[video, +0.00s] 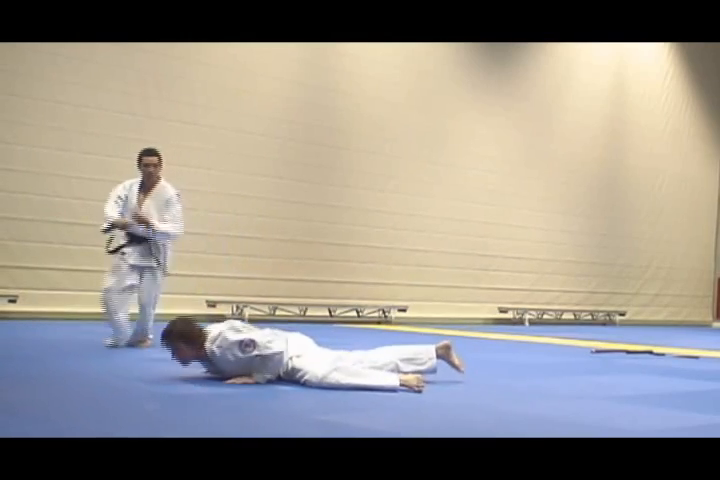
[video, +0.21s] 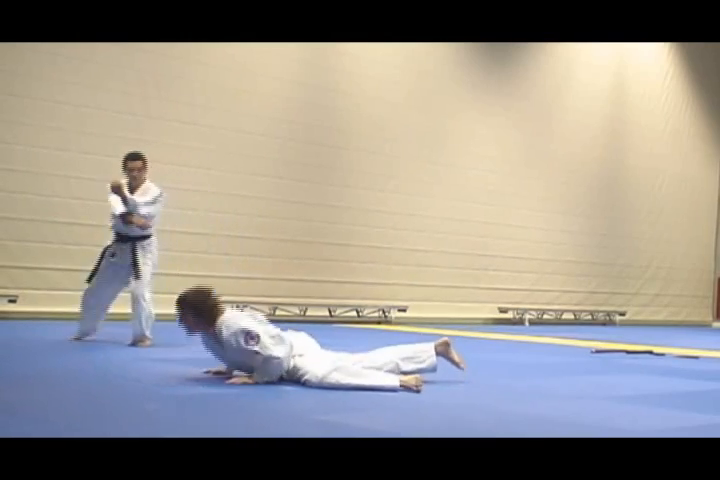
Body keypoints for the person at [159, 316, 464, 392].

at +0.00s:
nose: (175, 359)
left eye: (175, 353)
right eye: (173, 354)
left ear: (189, 344)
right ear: (189, 341)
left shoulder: (223, 341)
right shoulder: (210, 347)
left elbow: (272, 347)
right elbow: (237, 356)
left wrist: (255, 374)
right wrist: (220, 370)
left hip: (292, 355)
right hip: (292, 350)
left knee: (324, 377)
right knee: (357, 363)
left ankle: (397, 381)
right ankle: (434, 353)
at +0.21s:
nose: (182, 323)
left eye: (184, 318)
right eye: (181, 319)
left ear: (198, 315)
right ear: (198, 315)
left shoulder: (232, 328)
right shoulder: (210, 331)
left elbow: (276, 352)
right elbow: (244, 352)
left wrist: (258, 378)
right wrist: (233, 369)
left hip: (296, 355)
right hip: (291, 351)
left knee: (321, 377)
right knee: (359, 362)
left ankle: (396, 382)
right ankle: (435, 349)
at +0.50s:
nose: (198, 283)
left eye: (201, 278)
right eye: (198, 278)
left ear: (215, 278)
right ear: (220, 274)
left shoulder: (247, 295)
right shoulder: (227, 297)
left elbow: (262, 339)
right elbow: (234, 336)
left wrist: (258, 375)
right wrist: (230, 366)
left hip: (304, 336)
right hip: (294, 350)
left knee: (318, 375)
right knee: (363, 366)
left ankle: (393, 377)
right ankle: (433, 347)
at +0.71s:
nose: (212, 271)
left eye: (213, 265)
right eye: (210, 266)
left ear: (226, 263)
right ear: (235, 258)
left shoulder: (257, 278)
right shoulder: (247, 282)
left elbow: (262, 327)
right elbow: (240, 327)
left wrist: (256, 373)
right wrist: (230, 367)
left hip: (321, 314)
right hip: (318, 321)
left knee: (317, 371)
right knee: (372, 366)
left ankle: (386, 372)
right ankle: (440, 353)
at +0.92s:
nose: (231, 276)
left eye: (230, 272)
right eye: (229, 272)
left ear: (239, 270)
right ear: (252, 261)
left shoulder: (275, 278)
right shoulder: (265, 280)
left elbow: (273, 329)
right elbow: (250, 324)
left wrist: (260, 373)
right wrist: (233, 364)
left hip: (345, 302)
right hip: (350, 300)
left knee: (318, 370)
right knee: (374, 365)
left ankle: (387, 369)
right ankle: (440, 360)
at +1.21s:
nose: (261, 280)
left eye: (259, 274)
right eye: (258, 275)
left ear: (268, 271)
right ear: (282, 258)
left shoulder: (297, 278)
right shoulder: (302, 270)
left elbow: (288, 331)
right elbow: (283, 320)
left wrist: (264, 375)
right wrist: (259, 347)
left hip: (366, 308)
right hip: (383, 302)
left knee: (329, 369)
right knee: (375, 368)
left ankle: (380, 370)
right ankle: (438, 366)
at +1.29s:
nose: (264, 272)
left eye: (263, 267)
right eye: (262, 267)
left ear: (270, 265)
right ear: (286, 250)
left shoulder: (297, 276)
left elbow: (286, 328)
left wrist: (264, 374)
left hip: (366, 309)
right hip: (385, 300)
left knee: (328, 369)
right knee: (378, 367)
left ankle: (381, 371)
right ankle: (438, 367)